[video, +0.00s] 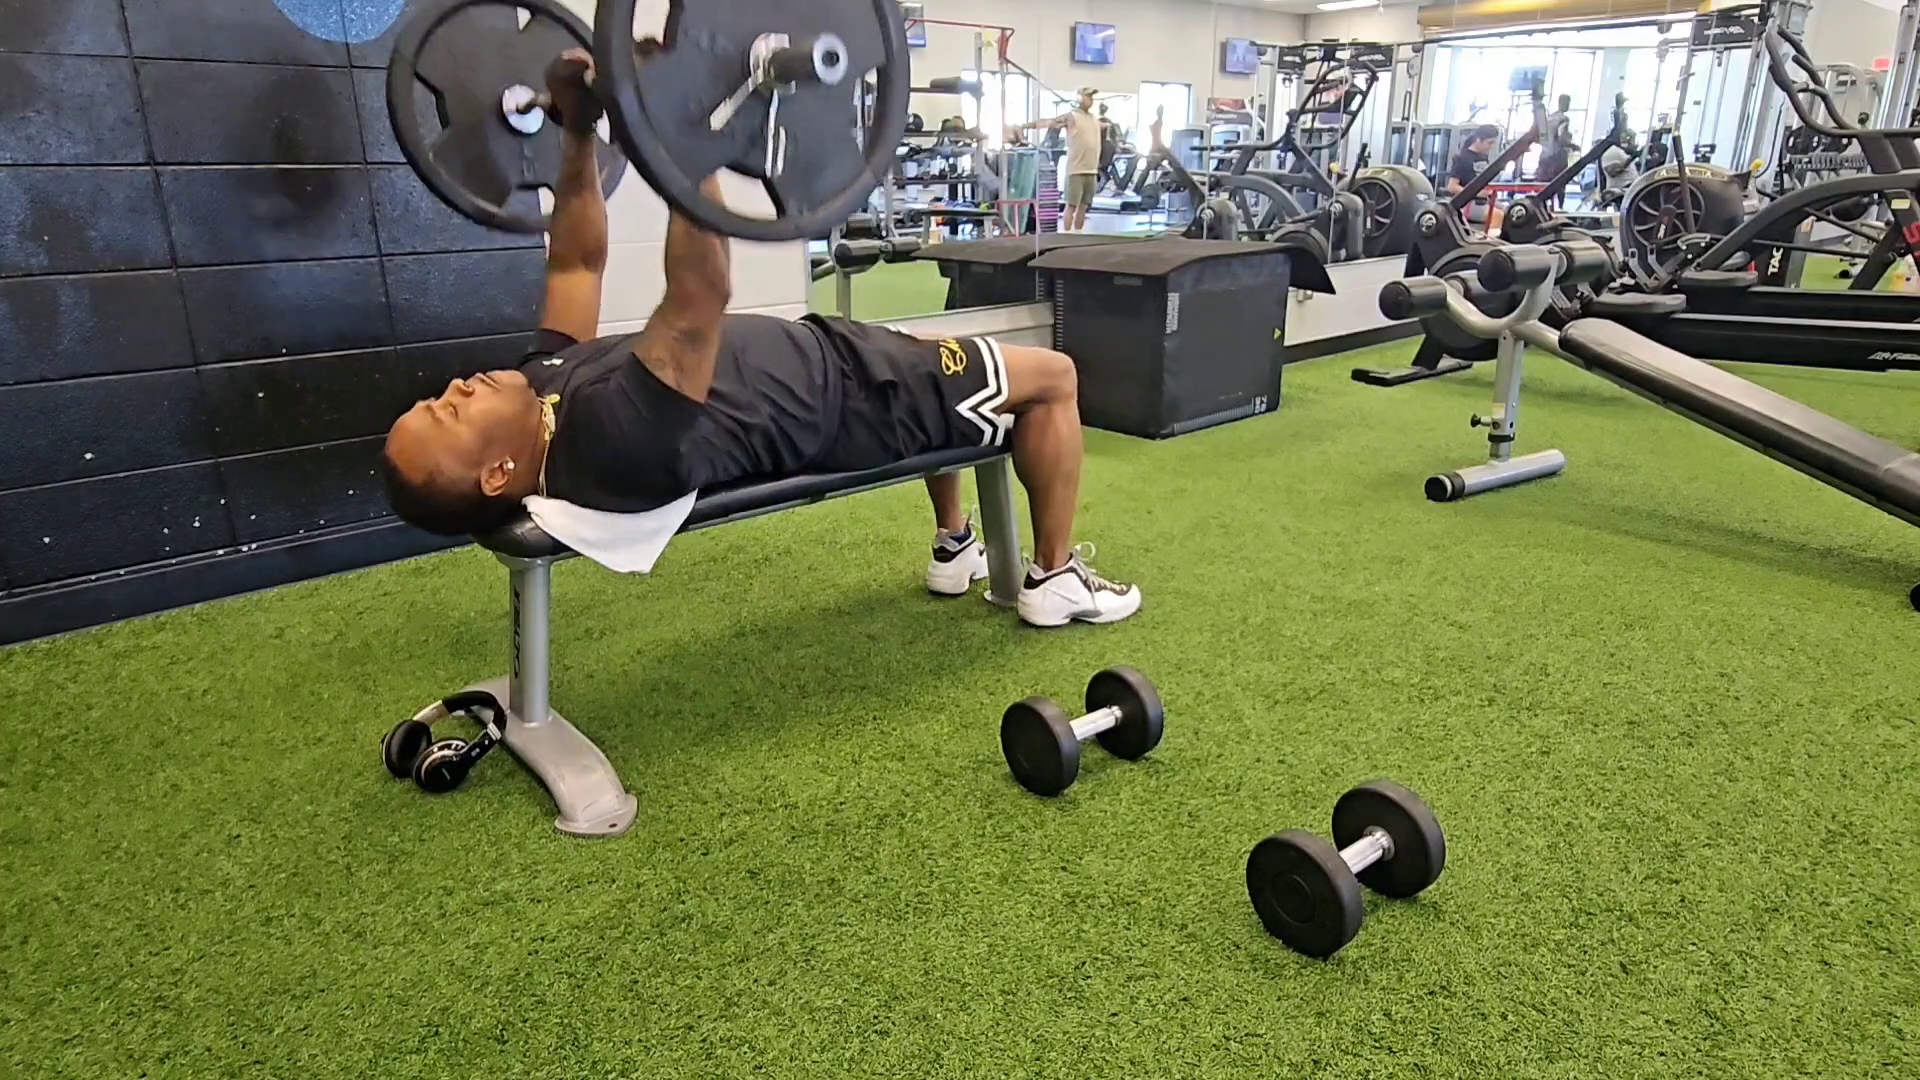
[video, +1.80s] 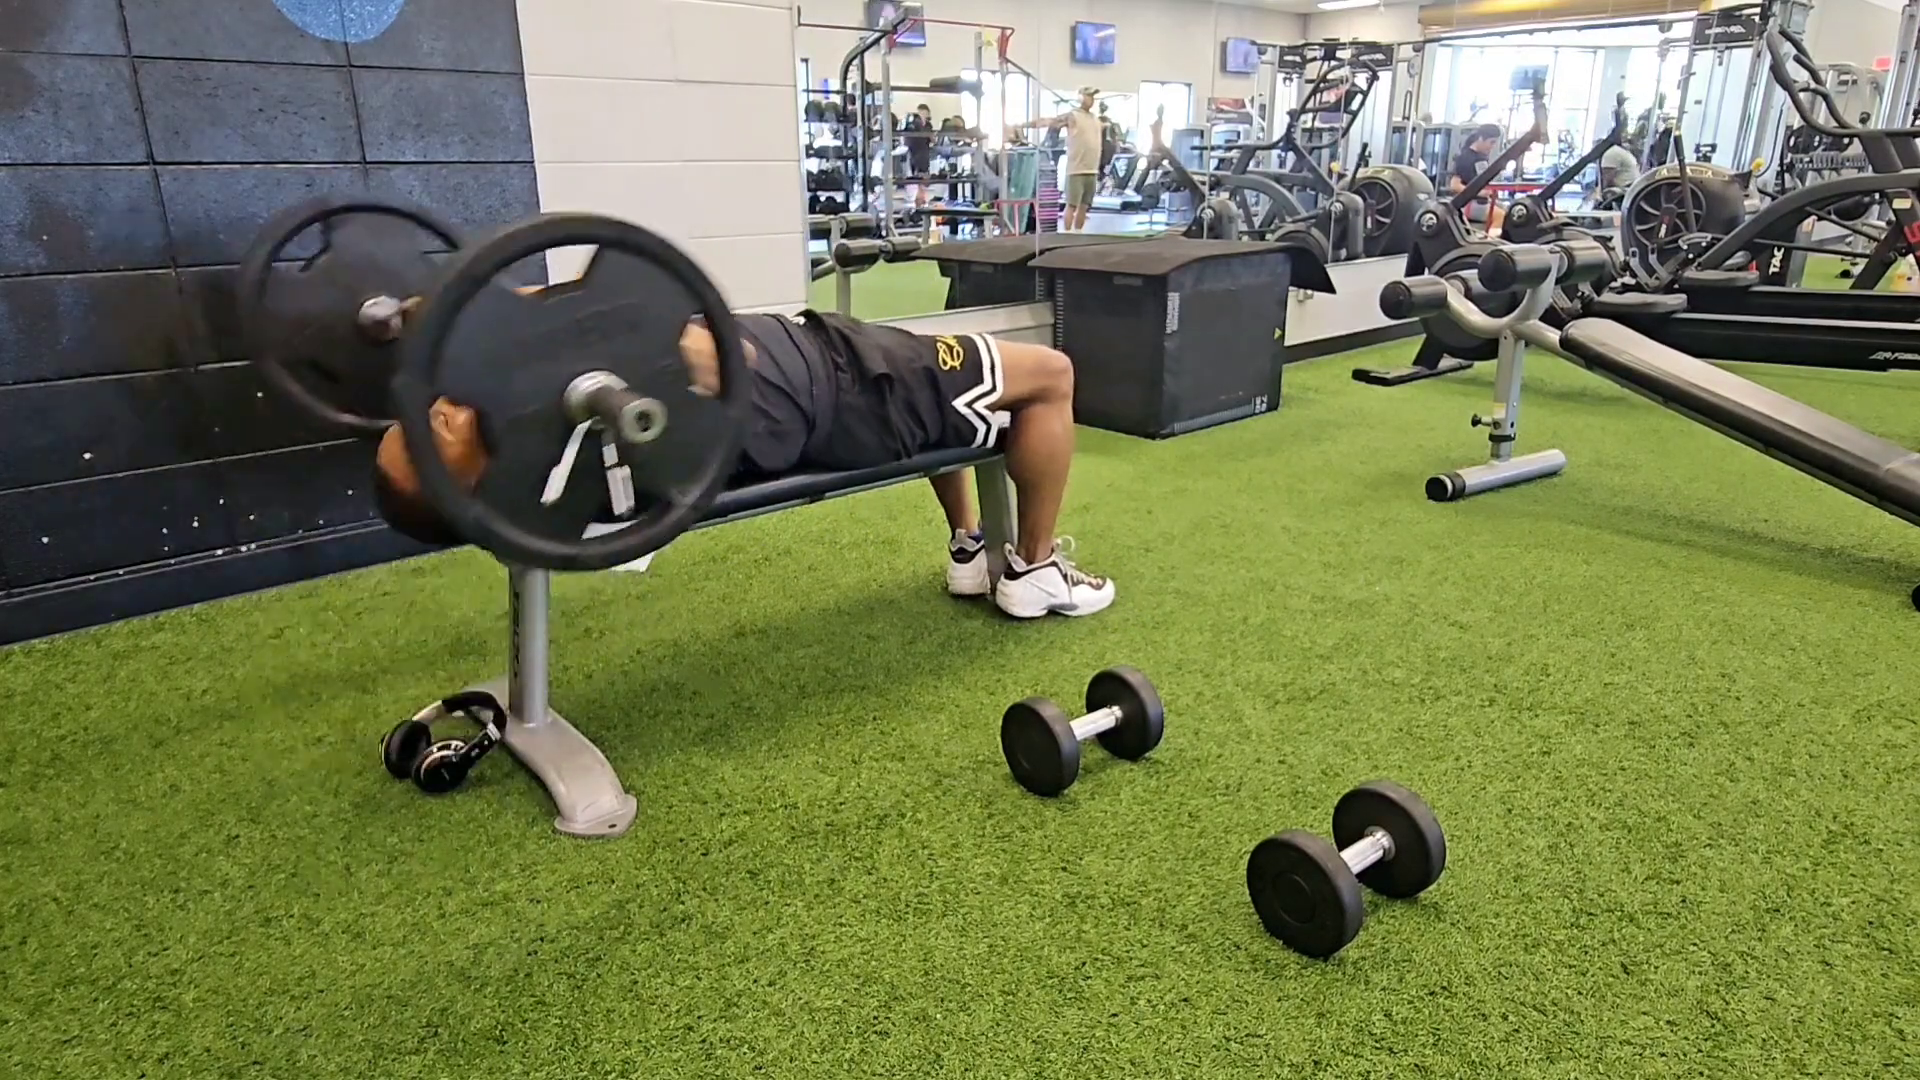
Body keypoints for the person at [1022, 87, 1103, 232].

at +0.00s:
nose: (1091, 100)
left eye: (1092, 97)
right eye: (1088, 97)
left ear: (1091, 100)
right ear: (1080, 98)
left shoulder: (1094, 119)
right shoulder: (1071, 116)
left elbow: (1101, 125)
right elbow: (1049, 123)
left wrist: (1108, 124)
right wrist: (1025, 126)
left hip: (1091, 168)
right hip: (1076, 168)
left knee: (1084, 206)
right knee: (1072, 205)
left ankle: (1078, 234)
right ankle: (1067, 234)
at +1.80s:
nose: (1092, 100)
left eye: (1093, 97)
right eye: (1089, 96)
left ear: (1092, 99)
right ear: (1082, 97)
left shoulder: (1095, 120)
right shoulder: (1072, 116)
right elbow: (1049, 122)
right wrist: (1023, 125)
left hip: (1092, 169)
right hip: (1076, 168)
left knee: (1084, 207)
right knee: (1072, 205)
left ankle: (1077, 235)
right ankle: (1067, 235)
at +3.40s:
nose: (1050, 104)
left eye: (1053, 101)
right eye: (1048, 100)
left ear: (1057, 104)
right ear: (1044, 103)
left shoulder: (1061, 123)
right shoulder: (1038, 121)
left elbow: (1079, 129)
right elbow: (1022, 130)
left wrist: (1095, 132)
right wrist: (1004, 128)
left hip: (1054, 171)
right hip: (1040, 171)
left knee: (1047, 204)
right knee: (1044, 205)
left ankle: (1032, 231)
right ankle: (1044, 235)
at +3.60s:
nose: (1054, 105)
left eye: (1055, 102)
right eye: (1051, 102)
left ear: (1055, 105)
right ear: (1044, 103)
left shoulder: (1058, 124)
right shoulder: (1036, 121)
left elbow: (1075, 130)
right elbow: (1024, 131)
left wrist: (1093, 133)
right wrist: (1013, 133)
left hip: (1051, 170)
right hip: (1037, 170)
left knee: (1039, 203)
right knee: (1043, 203)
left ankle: (1030, 230)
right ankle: (1043, 233)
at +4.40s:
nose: (1043, 105)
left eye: (1044, 102)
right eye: (1040, 102)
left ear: (1044, 104)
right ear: (1032, 103)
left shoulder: (1049, 123)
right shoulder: (1025, 121)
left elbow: (1065, 132)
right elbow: (1022, 133)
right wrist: (1028, 138)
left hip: (1045, 166)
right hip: (1029, 167)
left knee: (1038, 202)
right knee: (1034, 201)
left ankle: (1029, 230)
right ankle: (1038, 231)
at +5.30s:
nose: (1047, 106)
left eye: (1048, 103)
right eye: (1044, 102)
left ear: (1051, 105)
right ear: (1037, 104)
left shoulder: (1053, 124)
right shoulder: (1031, 120)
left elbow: (1068, 134)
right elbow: (1022, 134)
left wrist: (1089, 137)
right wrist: (1020, 135)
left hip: (1049, 169)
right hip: (1034, 169)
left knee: (1039, 202)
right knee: (1040, 202)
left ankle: (1030, 227)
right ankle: (1040, 232)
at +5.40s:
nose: (1051, 107)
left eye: (1053, 104)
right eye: (1048, 103)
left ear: (1055, 106)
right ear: (1041, 104)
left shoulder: (1056, 124)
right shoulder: (1033, 121)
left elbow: (1071, 133)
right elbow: (1023, 134)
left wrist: (1092, 136)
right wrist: (1022, 136)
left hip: (1050, 171)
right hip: (1036, 171)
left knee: (1041, 203)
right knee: (1043, 203)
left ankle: (1031, 227)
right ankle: (1041, 232)